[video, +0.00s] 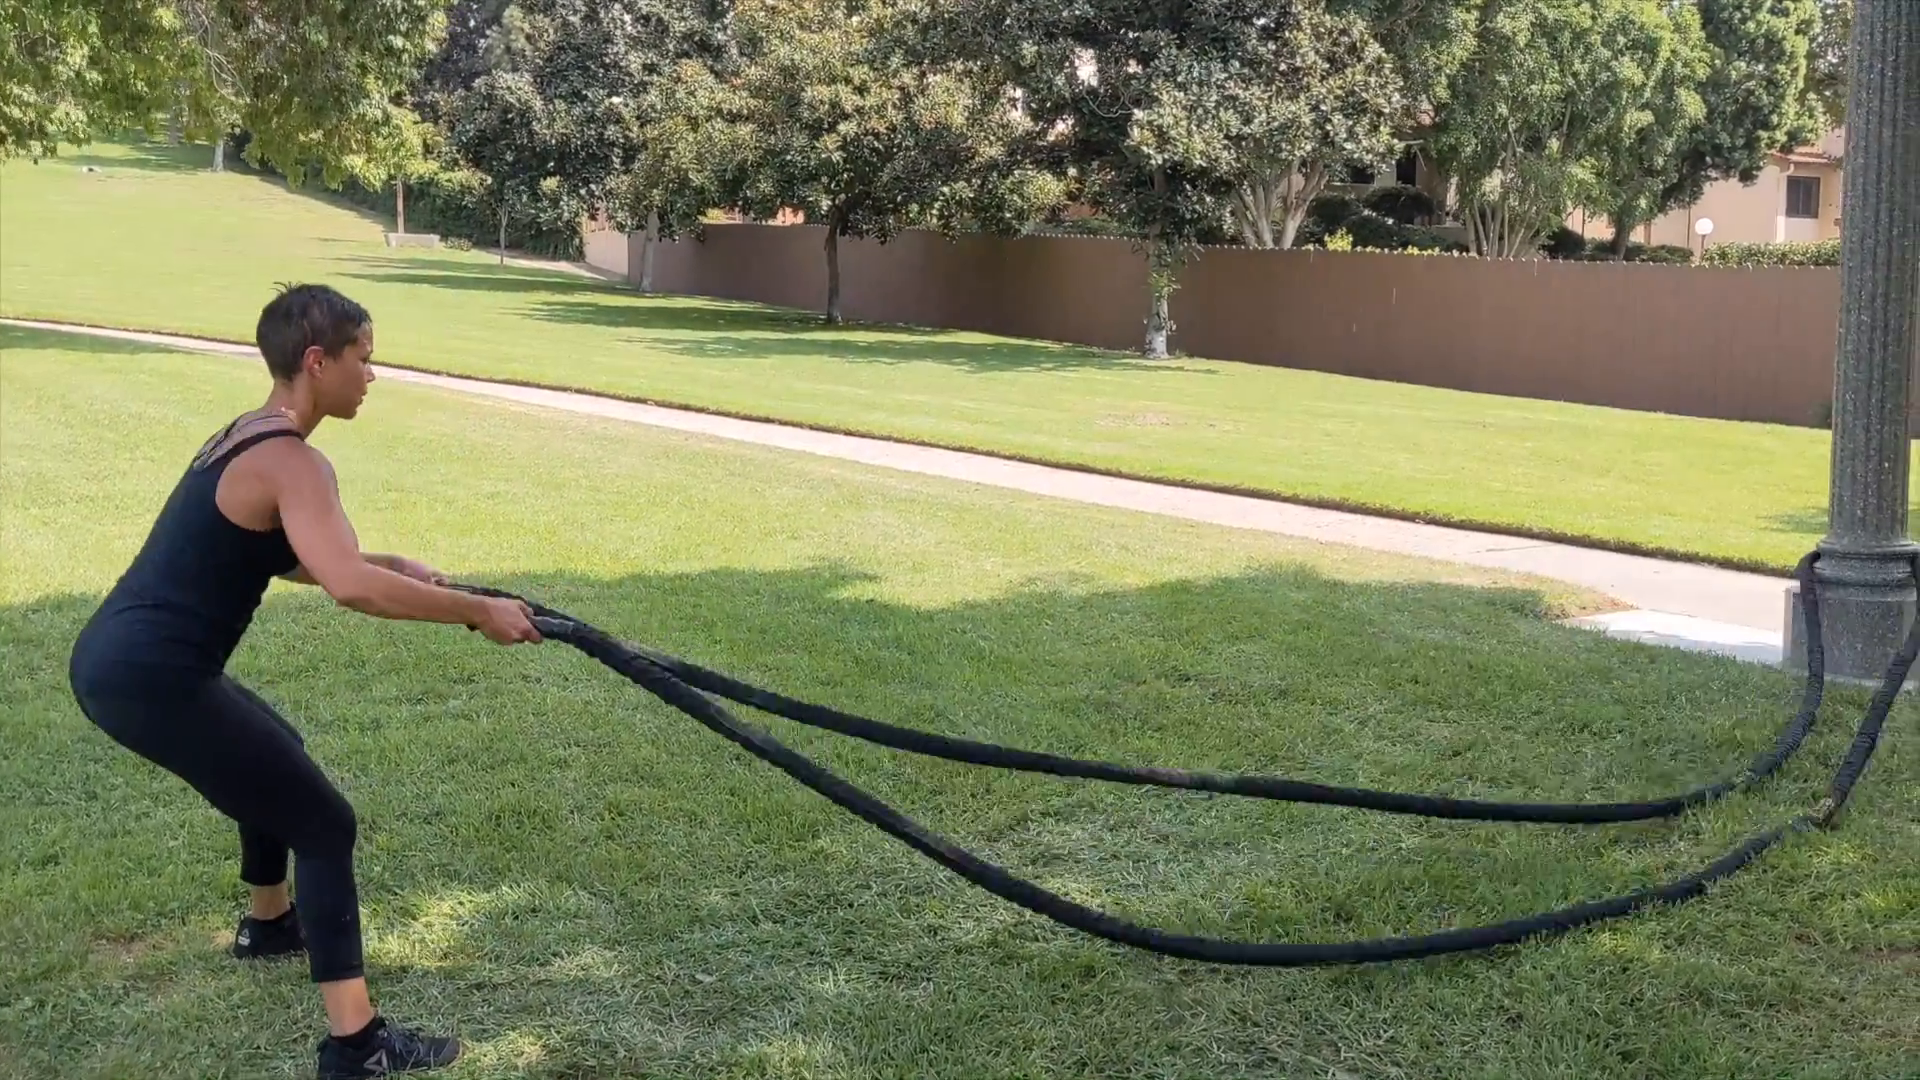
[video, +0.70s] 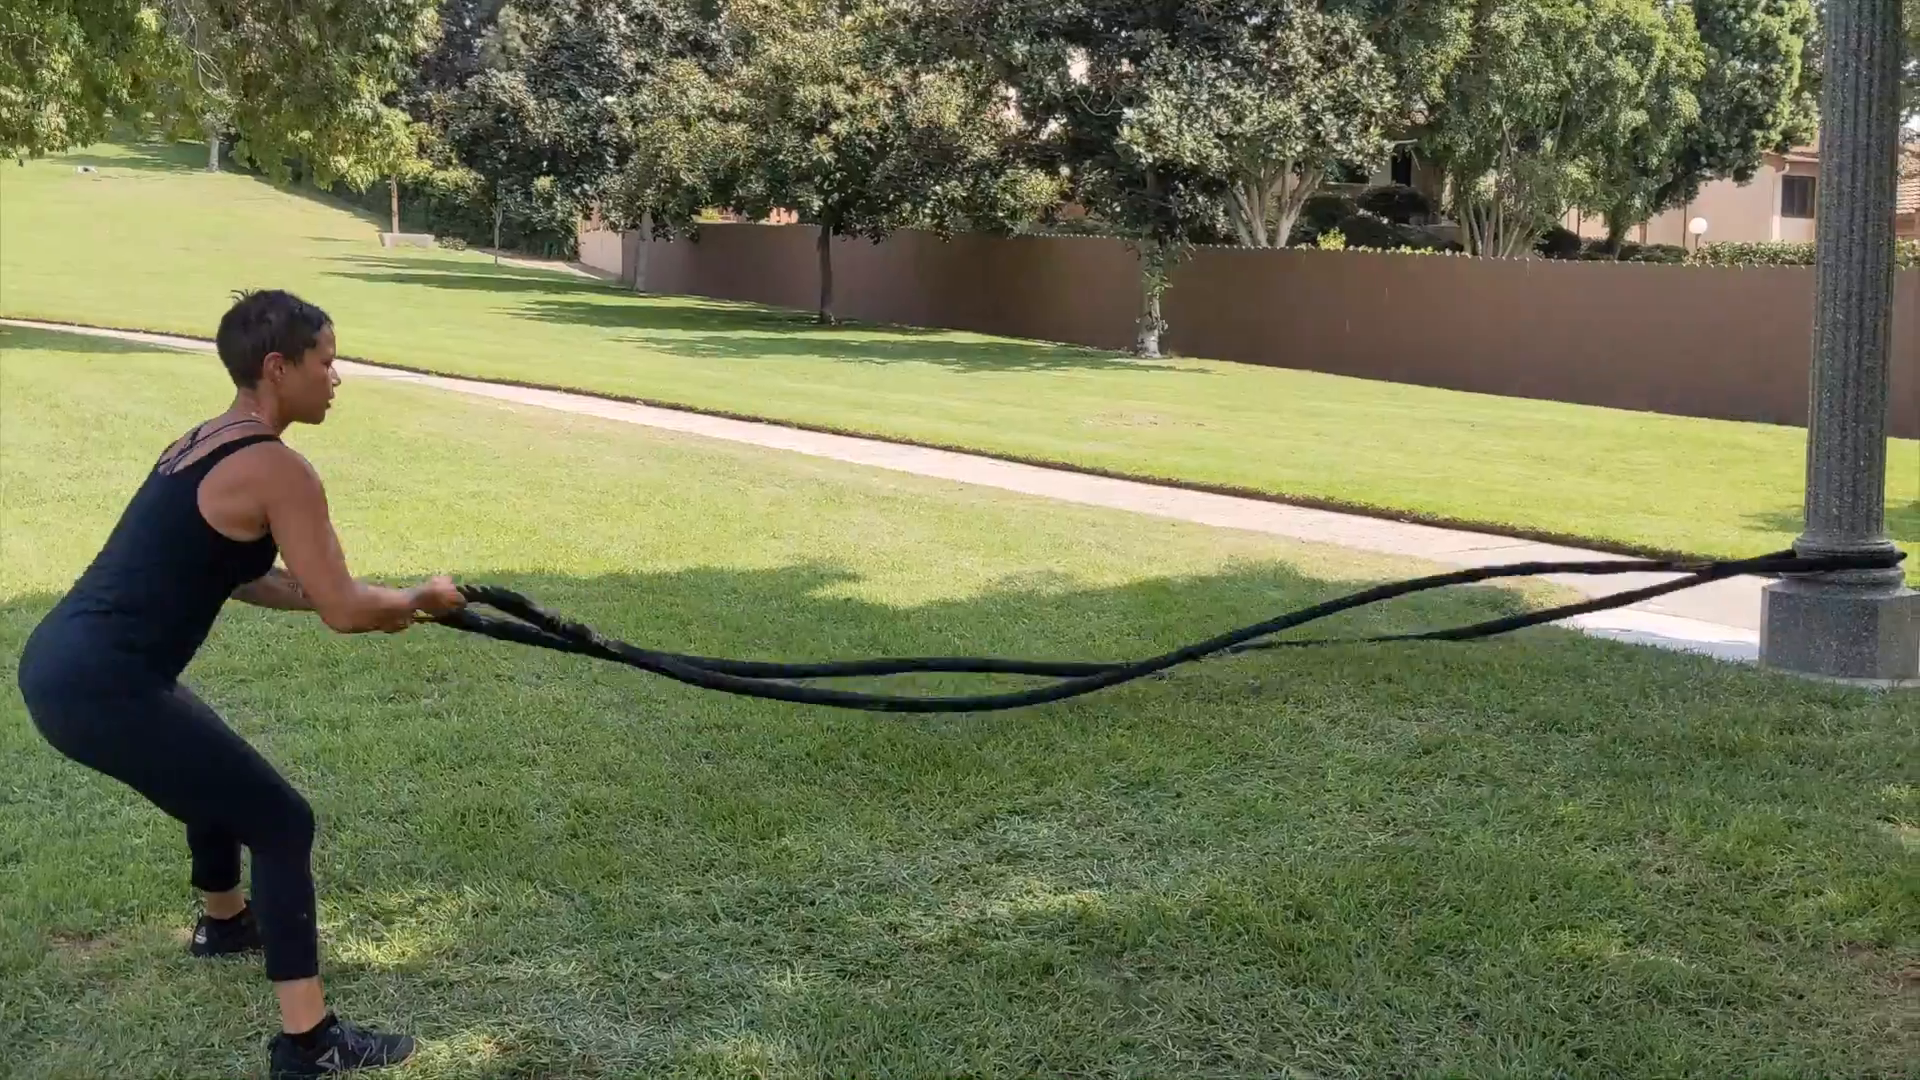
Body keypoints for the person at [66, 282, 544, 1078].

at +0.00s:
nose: (371, 372)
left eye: (370, 356)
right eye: (363, 356)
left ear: (299, 362)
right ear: (315, 360)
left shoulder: (245, 435)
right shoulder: (294, 464)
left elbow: (288, 560)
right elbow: (353, 583)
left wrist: (399, 571)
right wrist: (475, 610)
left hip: (114, 658)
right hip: (152, 679)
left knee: (274, 756)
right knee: (324, 822)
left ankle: (271, 918)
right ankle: (355, 1037)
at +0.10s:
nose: (355, 376)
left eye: (354, 360)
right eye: (347, 360)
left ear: (282, 365)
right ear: (298, 363)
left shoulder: (210, 434)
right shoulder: (304, 467)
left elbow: (236, 550)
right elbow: (381, 603)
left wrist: (339, 564)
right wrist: (453, 626)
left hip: (88, 662)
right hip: (148, 682)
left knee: (251, 770)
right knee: (318, 821)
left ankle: (263, 920)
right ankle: (346, 1037)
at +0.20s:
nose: (351, 378)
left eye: (350, 363)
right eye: (341, 364)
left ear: (275, 373)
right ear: (295, 373)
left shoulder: (194, 432)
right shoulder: (315, 477)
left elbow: (122, 529)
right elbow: (386, 597)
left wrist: (240, 548)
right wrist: (424, 580)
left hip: (79, 665)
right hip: (148, 683)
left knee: (241, 766)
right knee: (325, 821)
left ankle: (255, 919)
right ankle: (338, 1037)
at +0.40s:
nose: (342, 379)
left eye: (341, 363)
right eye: (333, 364)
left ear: (264, 370)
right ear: (287, 369)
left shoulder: (179, 428)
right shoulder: (311, 471)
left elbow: (64, 515)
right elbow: (340, 592)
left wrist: (129, 556)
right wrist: (318, 526)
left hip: (69, 672)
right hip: (146, 683)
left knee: (230, 767)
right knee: (322, 820)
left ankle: (242, 922)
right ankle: (326, 1039)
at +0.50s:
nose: (337, 376)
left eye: (336, 360)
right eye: (328, 361)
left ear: (258, 368)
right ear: (281, 365)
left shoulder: (179, 429)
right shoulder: (302, 466)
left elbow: (147, 541)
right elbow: (332, 596)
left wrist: (228, 582)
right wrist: (289, 537)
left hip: (66, 665)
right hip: (132, 682)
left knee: (231, 767)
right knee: (311, 821)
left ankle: (236, 921)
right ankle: (320, 1037)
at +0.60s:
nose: (334, 373)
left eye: (333, 357)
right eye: (325, 357)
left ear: (257, 366)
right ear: (277, 363)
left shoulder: (193, 432)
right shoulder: (288, 463)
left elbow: (205, 557)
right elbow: (336, 604)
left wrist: (296, 574)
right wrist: (347, 588)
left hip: (62, 664)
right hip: (117, 685)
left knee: (224, 773)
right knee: (293, 821)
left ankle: (228, 920)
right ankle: (313, 1036)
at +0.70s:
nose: (336, 375)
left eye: (335, 360)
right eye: (326, 361)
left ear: (264, 368)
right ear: (276, 367)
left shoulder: (204, 440)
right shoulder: (278, 469)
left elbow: (243, 577)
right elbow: (345, 608)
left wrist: (365, 605)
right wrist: (419, 599)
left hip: (62, 663)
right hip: (105, 690)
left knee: (216, 775)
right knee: (283, 821)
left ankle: (226, 920)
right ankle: (307, 1036)